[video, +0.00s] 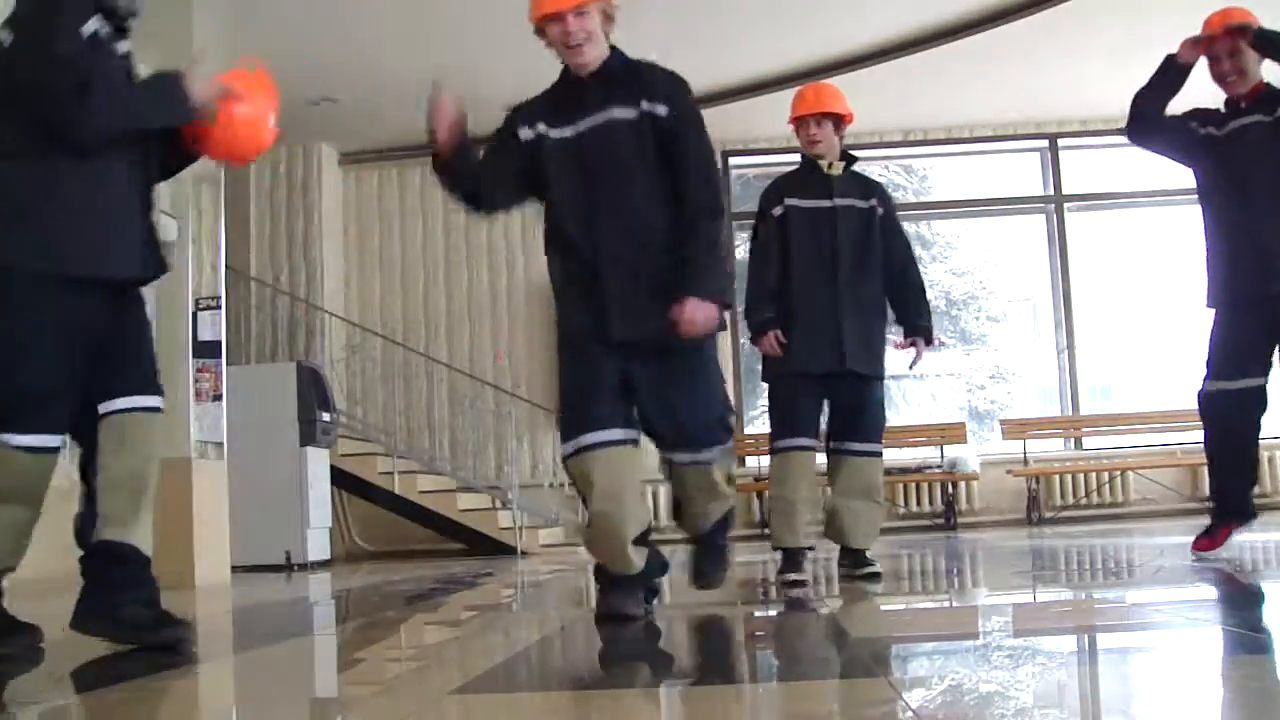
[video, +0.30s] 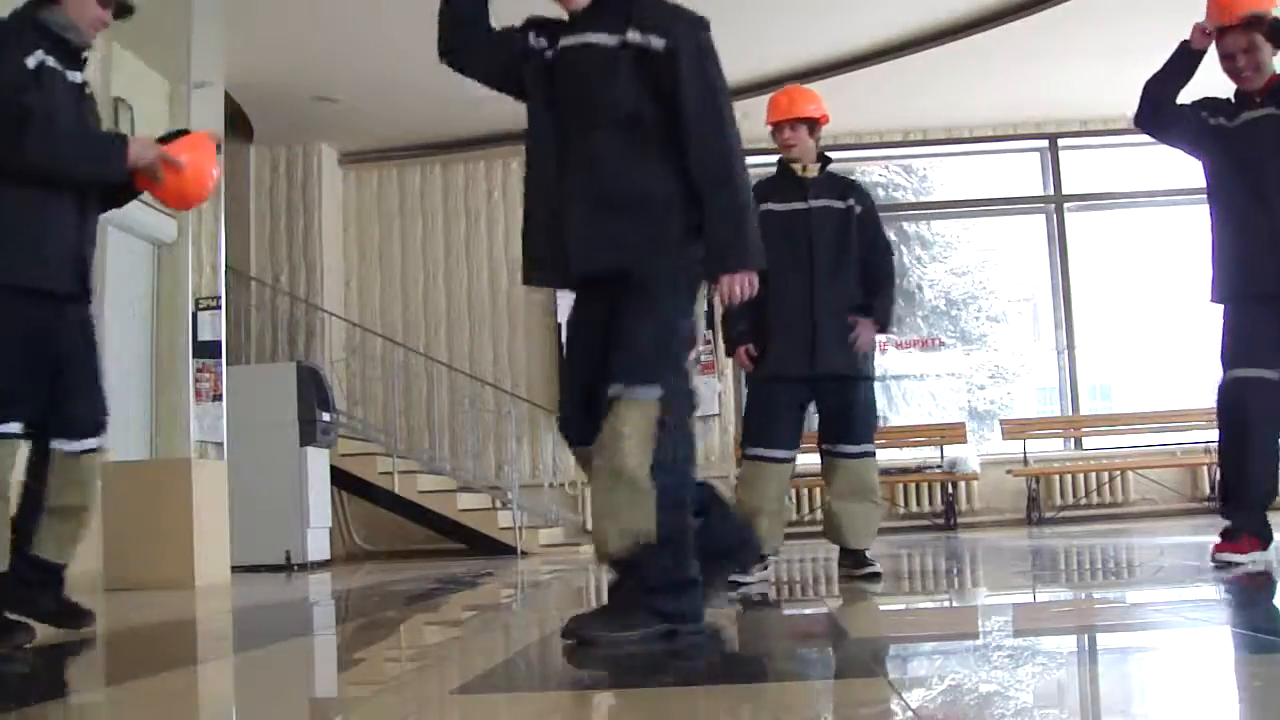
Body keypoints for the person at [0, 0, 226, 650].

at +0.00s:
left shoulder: (100, 37)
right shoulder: (47, 17)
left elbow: (117, 167)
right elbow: (81, 117)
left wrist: (190, 135)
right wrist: (178, 93)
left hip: (106, 268)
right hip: (35, 264)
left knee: (131, 419)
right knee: (27, 439)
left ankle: (116, 590)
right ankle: (0, 602)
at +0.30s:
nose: (109, 18)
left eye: (114, 11)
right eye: (104, 5)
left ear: (91, 12)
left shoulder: (71, 70)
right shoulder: (17, 48)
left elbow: (76, 193)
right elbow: (29, 145)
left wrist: (139, 174)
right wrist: (121, 152)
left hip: (60, 289)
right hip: (18, 285)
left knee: (77, 436)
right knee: (14, 431)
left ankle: (36, 582)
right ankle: (13, 597)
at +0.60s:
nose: (107, 76)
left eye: (110, 66)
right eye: (103, 63)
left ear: (79, 55)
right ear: (75, 51)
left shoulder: (59, 107)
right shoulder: (26, 98)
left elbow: (69, 203)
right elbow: (39, 191)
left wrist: (135, 182)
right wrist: (125, 179)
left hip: (46, 303)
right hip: (26, 303)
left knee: (37, 433)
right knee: (42, 432)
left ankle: (12, 582)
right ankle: (10, 583)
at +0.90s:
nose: (129, 96)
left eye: (131, 86)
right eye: (125, 83)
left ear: (86, 78)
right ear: (96, 76)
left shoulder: (46, 123)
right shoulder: (70, 122)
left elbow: (93, 228)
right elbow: (87, 202)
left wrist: (162, 206)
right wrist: (168, 177)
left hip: (30, 323)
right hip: (62, 324)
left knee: (16, 463)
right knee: (94, 455)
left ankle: (1, 585)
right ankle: (128, 583)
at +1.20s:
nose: (175, 96)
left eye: (177, 87)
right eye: (167, 84)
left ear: (153, 88)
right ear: (136, 84)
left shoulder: (128, 139)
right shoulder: (120, 138)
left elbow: (149, 228)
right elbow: (132, 228)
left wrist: (223, 213)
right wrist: (211, 205)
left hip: (110, 327)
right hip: (115, 329)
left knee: (104, 446)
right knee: (129, 454)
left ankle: (26, 546)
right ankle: (140, 587)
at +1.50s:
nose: (205, 122)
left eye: (208, 115)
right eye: (200, 111)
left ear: (190, 114)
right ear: (175, 105)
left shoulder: (178, 159)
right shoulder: (139, 145)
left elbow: (226, 224)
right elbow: (175, 186)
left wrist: (268, 174)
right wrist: (228, 147)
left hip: (175, 321)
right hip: (148, 319)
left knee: (185, 450)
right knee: (149, 453)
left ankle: (172, 577)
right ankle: (137, 585)